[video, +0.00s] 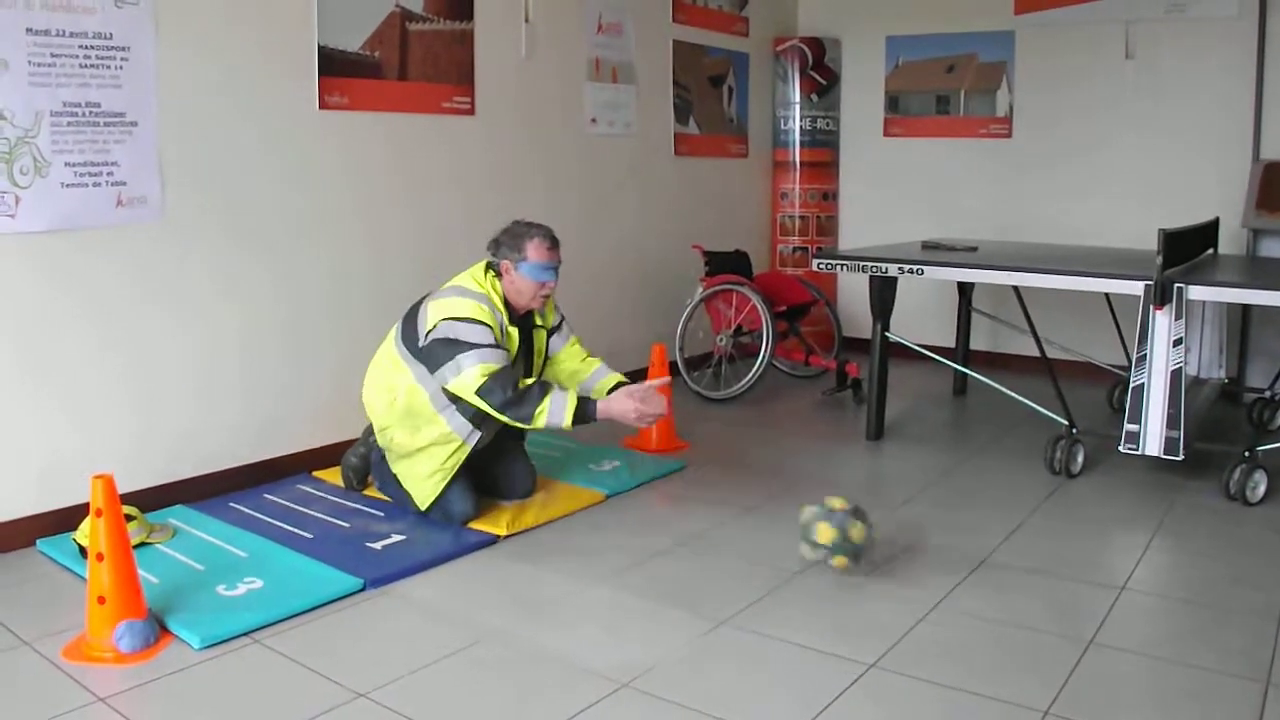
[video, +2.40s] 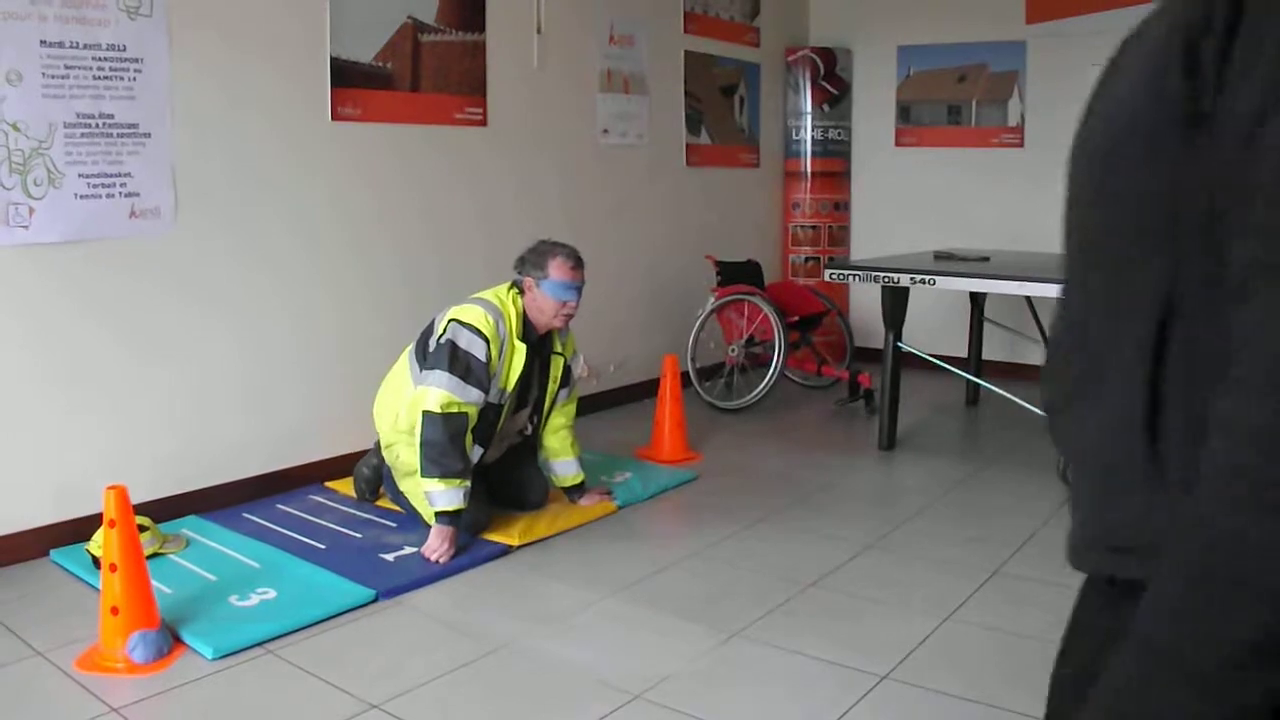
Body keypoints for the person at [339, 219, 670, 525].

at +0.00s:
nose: (550, 286)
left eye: (554, 274)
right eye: (541, 274)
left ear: (559, 272)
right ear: (505, 271)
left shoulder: (536, 305)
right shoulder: (462, 313)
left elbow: (570, 362)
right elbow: (504, 397)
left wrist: (622, 392)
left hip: (471, 405)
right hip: (410, 416)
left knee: (516, 485)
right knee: (456, 509)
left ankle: (432, 447)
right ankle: (377, 455)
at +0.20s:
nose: (562, 286)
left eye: (566, 275)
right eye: (553, 275)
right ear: (518, 269)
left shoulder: (547, 307)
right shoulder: (468, 314)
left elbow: (566, 378)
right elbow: (493, 413)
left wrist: (609, 415)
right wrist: (581, 439)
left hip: (467, 412)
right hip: (413, 421)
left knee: (519, 485)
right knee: (457, 511)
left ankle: (427, 449)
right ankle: (378, 455)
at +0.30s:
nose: (569, 290)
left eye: (573, 279)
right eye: (560, 279)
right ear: (524, 272)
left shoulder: (551, 316)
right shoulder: (471, 317)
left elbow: (556, 388)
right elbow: (465, 419)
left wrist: (584, 444)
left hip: (473, 414)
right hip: (411, 421)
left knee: (520, 490)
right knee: (459, 510)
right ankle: (379, 456)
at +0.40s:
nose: (576, 296)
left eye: (580, 284)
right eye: (566, 284)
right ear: (532, 277)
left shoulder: (555, 326)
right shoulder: (472, 319)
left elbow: (545, 396)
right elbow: (441, 416)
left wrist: (562, 456)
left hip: (479, 411)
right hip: (409, 420)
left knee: (524, 488)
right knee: (461, 513)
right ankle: (383, 459)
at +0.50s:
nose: (578, 299)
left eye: (583, 288)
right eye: (569, 287)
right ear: (535, 280)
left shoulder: (557, 328)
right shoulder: (474, 320)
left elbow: (538, 398)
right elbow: (422, 410)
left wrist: (557, 458)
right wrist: (458, 484)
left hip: (482, 416)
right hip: (412, 424)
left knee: (523, 490)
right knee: (458, 514)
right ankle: (382, 460)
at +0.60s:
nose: (577, 298)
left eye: (582, 287)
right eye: (567, 285)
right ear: (533, 280)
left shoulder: (555, 329)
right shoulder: (473, 320)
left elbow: (541, 399)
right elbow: (413, 403)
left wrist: (562, 460)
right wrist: (437, 491)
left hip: (482, 418)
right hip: (423, 427)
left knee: (523, 488)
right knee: (462, 515)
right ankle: (382, 463)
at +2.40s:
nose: (573, 305)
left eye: (577, 294)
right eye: (562, 293)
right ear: (529, 287)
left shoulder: (558, 340)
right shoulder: (477, 325)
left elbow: (556, 417)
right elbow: (442, 418)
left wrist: (576, 490)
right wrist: (445, 519)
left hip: (485, 424)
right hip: (413, 430)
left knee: (530, 496)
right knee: (470, 520)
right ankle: (387, 469)